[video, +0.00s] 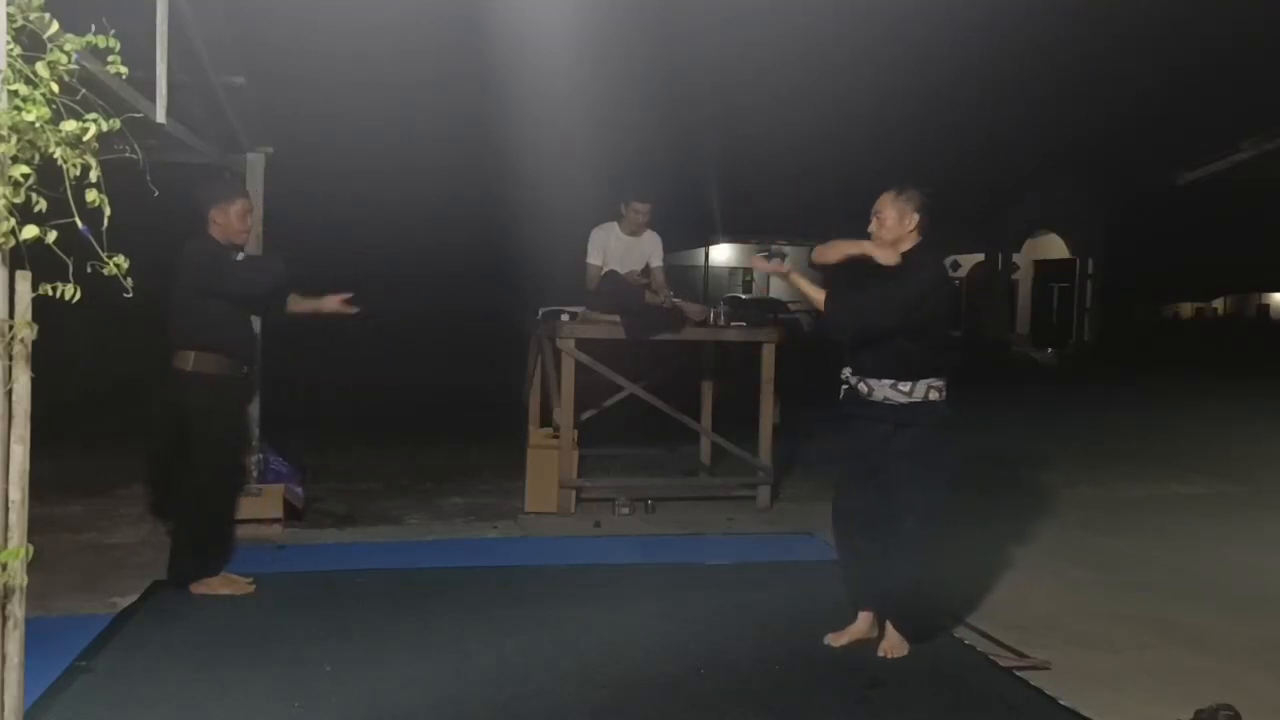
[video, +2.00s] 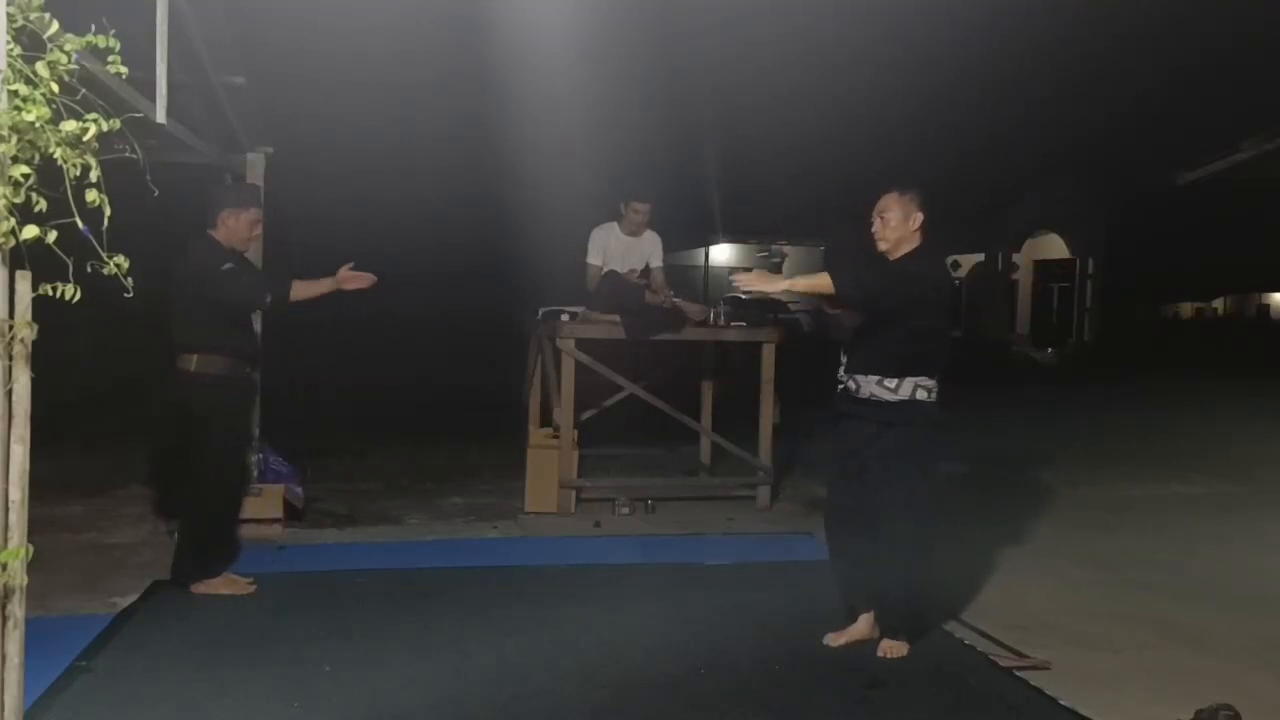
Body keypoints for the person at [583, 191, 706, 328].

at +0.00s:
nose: (641, 219)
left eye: (645, 214)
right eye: (636, 212)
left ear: (650, 214)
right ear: (623, 209)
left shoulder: (653, 240)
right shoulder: (601, 234)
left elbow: (659, 283)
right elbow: (591, 285)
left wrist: (665, 297)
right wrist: (623, 280)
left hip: (635, 298)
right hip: (601, 299)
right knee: (611, 278)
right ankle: (677, 310)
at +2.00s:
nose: (641, 219)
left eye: (645, 214)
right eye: (636, 212)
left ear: (650, 214)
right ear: (623, 209)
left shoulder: (653, 240)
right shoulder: (601, 234)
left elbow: (658, 281)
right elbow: (592, 285)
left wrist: (664, 295)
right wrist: (621, 281)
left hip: (635, 300)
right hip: (603, 300)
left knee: (674, 317)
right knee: (611, 278)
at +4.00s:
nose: (635, 215)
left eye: (641, 210)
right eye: (630, 209)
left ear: (647, 213)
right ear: (621, 208)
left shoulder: (653, 239)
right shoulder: (601, 234)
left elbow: (659, 282)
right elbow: (591, 283)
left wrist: (664, 293)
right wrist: (622, 280)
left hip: (636, 300)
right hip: (603, 299)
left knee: (674, 317)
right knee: (611, 279)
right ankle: (679, 306)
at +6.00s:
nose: (637, 218)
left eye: (643, 213)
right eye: (632, 211)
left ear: (651, 215)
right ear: (625, 210)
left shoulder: (655, 241)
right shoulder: (602, 232)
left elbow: (659, 283)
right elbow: (584, 276)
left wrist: (670, 299)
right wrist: (619, 284)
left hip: (637, 302)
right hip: (603, 300)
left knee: (675, 317)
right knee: (612, 277)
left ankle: (605, 316)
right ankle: (680, 306)